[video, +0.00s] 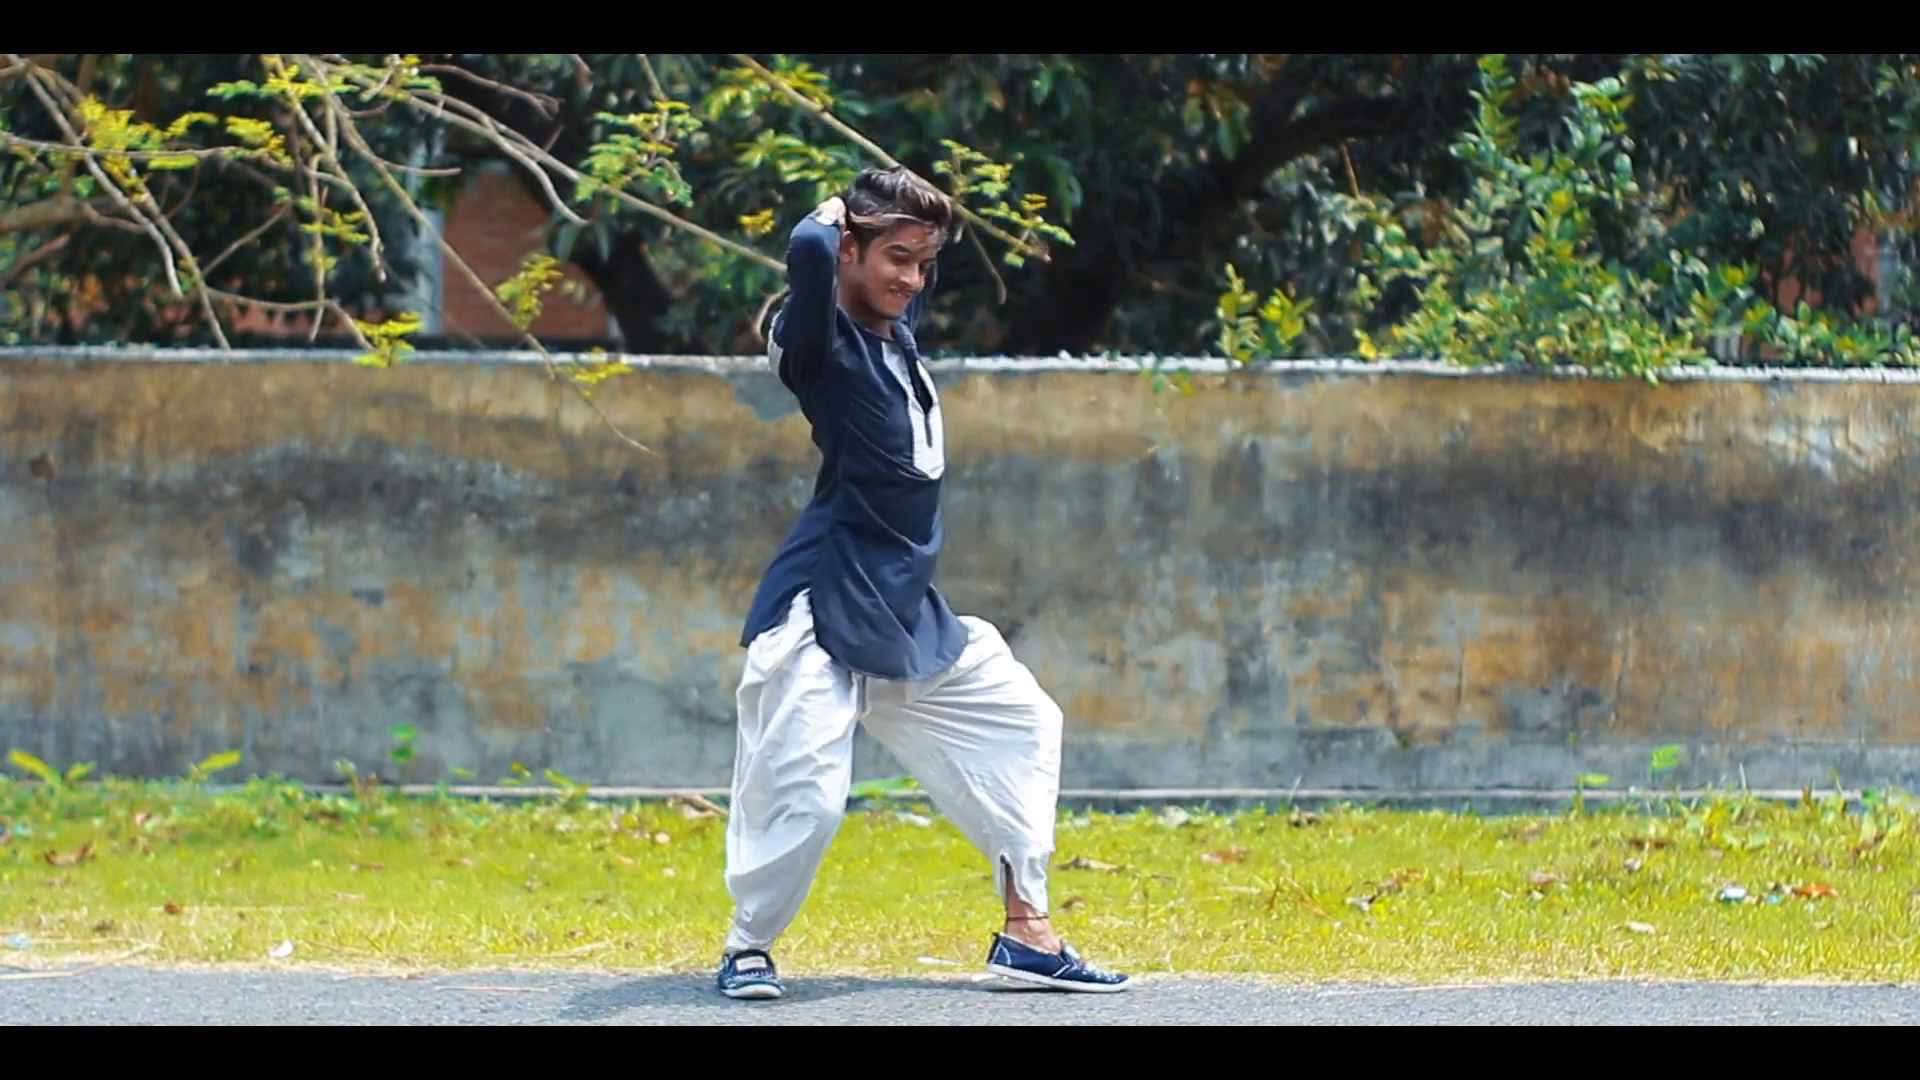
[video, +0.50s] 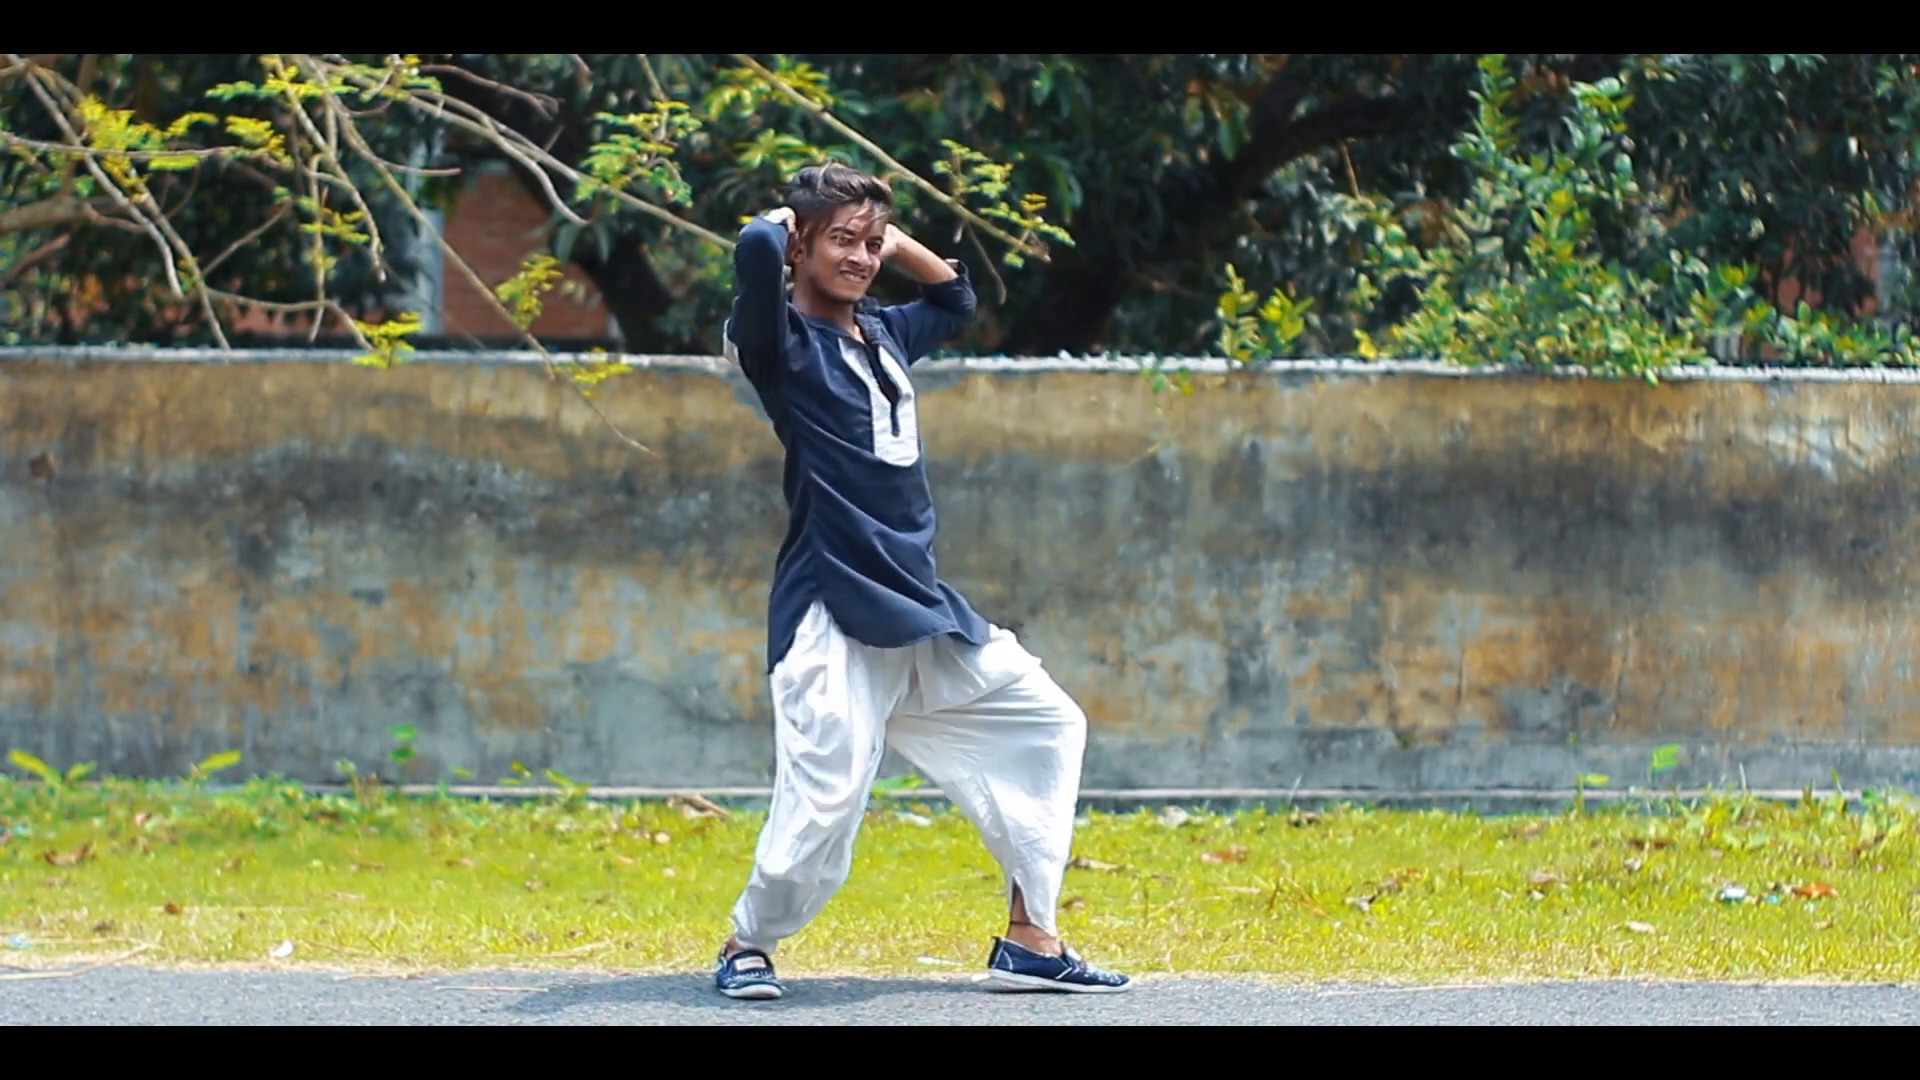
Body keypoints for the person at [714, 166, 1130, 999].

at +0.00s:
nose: (913, 280)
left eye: (925, 265)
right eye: (899, 260)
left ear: (930, 264)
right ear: (851, 254)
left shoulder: (892, 332)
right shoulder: (823, 344)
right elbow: (811, 262)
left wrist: (846, 208)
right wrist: (826, 222)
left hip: (907, 604)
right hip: (824, 597)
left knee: (1027, 723)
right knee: (805, 787)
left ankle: (1026, 930)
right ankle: (748, 949)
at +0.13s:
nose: (883, 258)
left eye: (897, 244)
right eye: (870, 237)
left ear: (904, 255)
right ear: (830, 235)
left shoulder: (874, 314)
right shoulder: (792, 319)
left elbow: (917, 275)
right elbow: (806, 239)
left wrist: (903, 232)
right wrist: (818, 198)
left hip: (909, 590)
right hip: (831, 589)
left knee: (1032, 718)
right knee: (818, 789)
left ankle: (1033, 924)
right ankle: (750, 947)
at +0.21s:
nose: (870, 228)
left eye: (884, 215)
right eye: (859, 208)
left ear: (894, 219)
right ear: (821, 199)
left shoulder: (867, 277)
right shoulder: (777, 279)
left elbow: (932, 253)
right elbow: (814, 183)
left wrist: (902, 195)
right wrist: (828, 149)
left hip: (926, 545)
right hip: (849, 552)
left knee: (1028, 710)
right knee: (816, 768)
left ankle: (1036, 917)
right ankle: (747, 940)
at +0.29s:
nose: (865, 219)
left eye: (880, 208)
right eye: (855, 200)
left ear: (887, 213)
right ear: (816, 188)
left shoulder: (862, 276)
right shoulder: (770, 272)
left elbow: (941, 256)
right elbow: (811, 178)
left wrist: (890, 186)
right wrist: (820, 152)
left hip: (947, 527)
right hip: (868, 543)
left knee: (1021, 713)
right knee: (835, 761)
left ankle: (1039, 912)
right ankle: (751, 929)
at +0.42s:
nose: (860, 236)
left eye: (872, 222)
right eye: (846, 218)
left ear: (878, 230)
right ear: (798, 218)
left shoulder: (874, 300)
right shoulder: (775, 304)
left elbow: (931, 259)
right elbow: (771, 202)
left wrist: (879, 197)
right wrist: (803, 182)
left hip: (932, 573)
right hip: (846, 580)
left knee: (1056, 713)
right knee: (832, 790)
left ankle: (1039, 921)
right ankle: (746, 944)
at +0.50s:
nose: (863, 255)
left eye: (873, 240)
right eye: (845, 238)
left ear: (878, 250)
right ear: (797, 249)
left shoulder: (885, 327)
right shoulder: (777, 340)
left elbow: (955, 293)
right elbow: (757, 243)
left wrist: (878, 229)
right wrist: (787, 224)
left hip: (922, 599)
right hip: (833, 599)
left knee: (1054, 724)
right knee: (826, 792)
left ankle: (1031, 936)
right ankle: (748, 948)